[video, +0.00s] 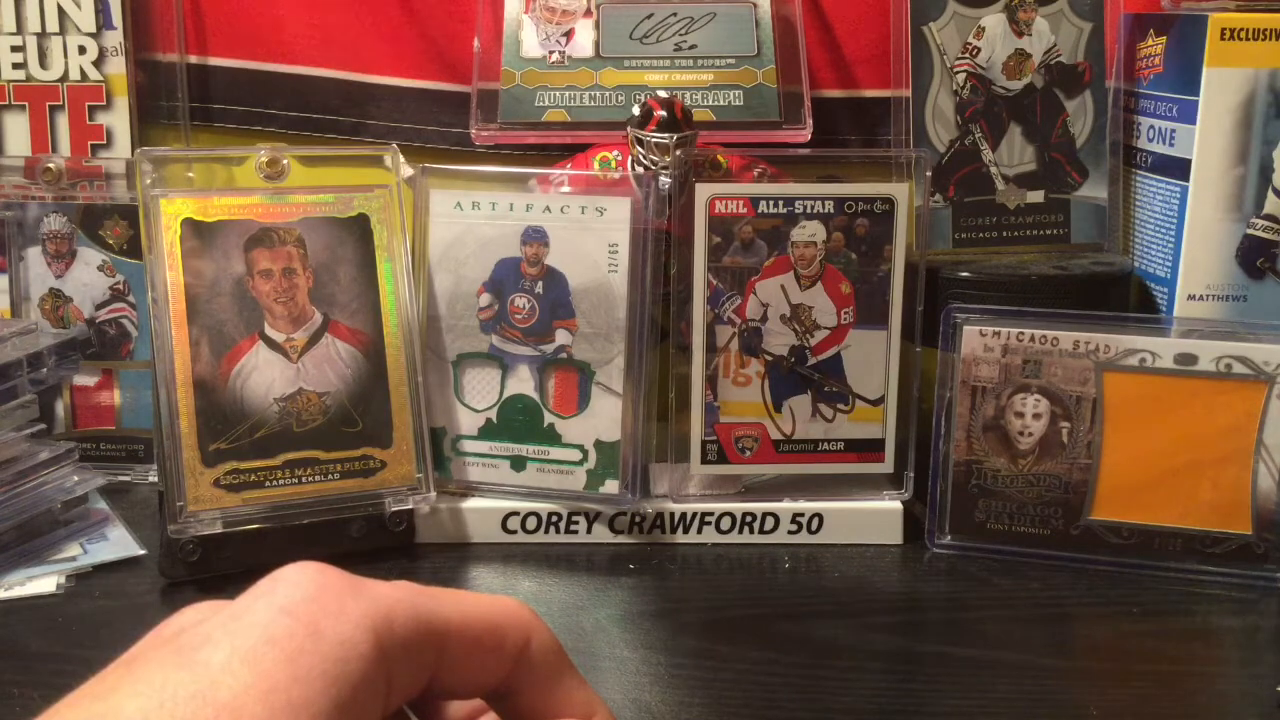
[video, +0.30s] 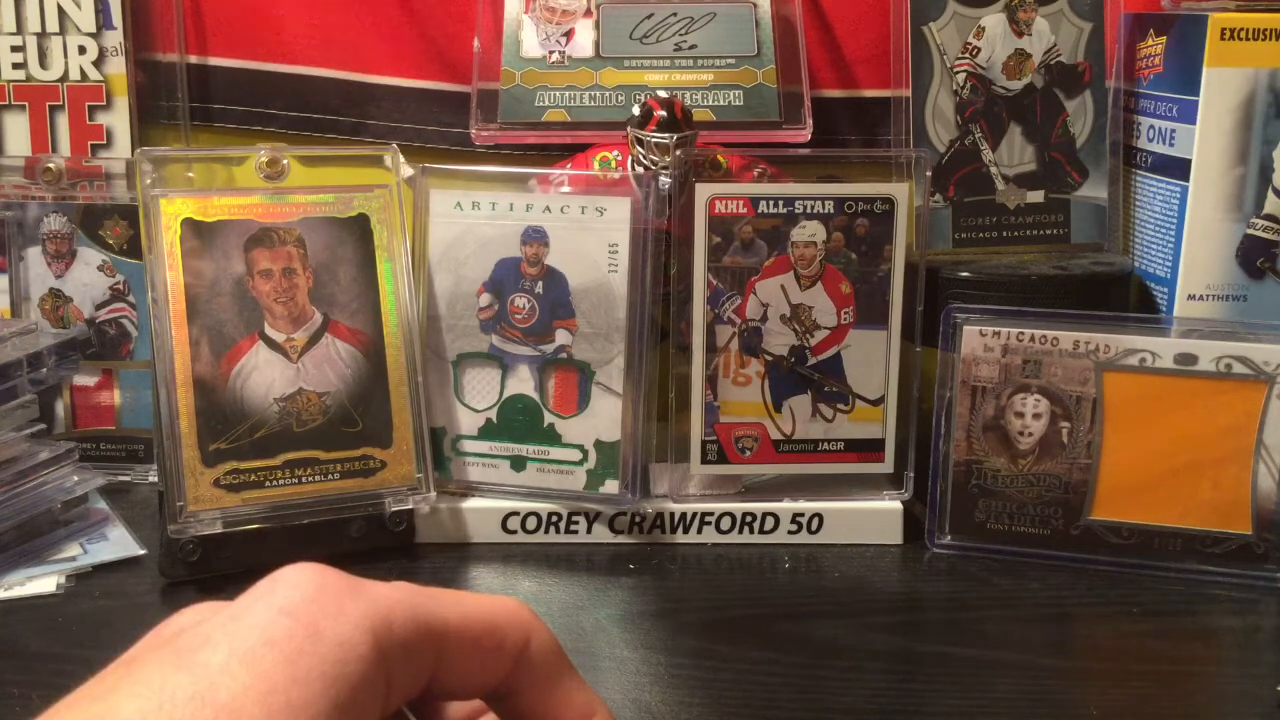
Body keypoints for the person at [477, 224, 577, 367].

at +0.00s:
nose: (535, 251)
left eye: (540, 247)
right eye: (530, 246)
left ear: (546, 251)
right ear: (522, 248)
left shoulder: (556, 279)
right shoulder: (505, 268)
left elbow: (565, 320)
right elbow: (487, 291)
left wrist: (562, 348)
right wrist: (486, 314)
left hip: (541, 352)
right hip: (503, 347)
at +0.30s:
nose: (535, 251)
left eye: (540, 247)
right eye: (530, 246)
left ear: (546, 251)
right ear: (522, 248)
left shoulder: (556, 279)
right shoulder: (505, 268)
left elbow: (565, 319)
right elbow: (487, 291)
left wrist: (562, 348)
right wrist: (486, 313)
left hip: (542, 352)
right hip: (503, 347)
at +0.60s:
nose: (534, 251)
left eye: (540, 247)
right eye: (530, 246)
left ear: (546, 250)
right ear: (522, 248)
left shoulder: (557, 280)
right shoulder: (504, 267)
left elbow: (565, 321)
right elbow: (487, 291)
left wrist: (562, 349)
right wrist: (486, 316)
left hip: (541, 353)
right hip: (502, 348)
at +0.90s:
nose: (534, 251)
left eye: (540, 246)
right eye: (530, 246)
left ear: (546, 250)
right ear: (522, 248)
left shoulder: (557, 280)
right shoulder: (504, 268)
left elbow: (565, 321)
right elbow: (487, 291)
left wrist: (562, 350)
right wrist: (486, 316)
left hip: (541, 353)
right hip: (502, 348)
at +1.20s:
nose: (534, 251)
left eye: (540, 246)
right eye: (530, 246)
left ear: (546, 250)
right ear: (522, 248)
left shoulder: (557, 280)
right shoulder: (504, 268)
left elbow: (565, 321)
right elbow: (487, 291)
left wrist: (562, 349)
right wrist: (486, 316)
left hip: (541, 353)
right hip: (503, 348)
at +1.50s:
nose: (535, 251)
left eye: (540, 246)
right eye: (530, 246)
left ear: (546, 250)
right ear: (522, 248)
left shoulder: (557, 280)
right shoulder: (504, 267)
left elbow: (565, 321)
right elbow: (487, 292)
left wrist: (562, 350)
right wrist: (487, 318)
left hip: (541, 353)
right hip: (502, 348)